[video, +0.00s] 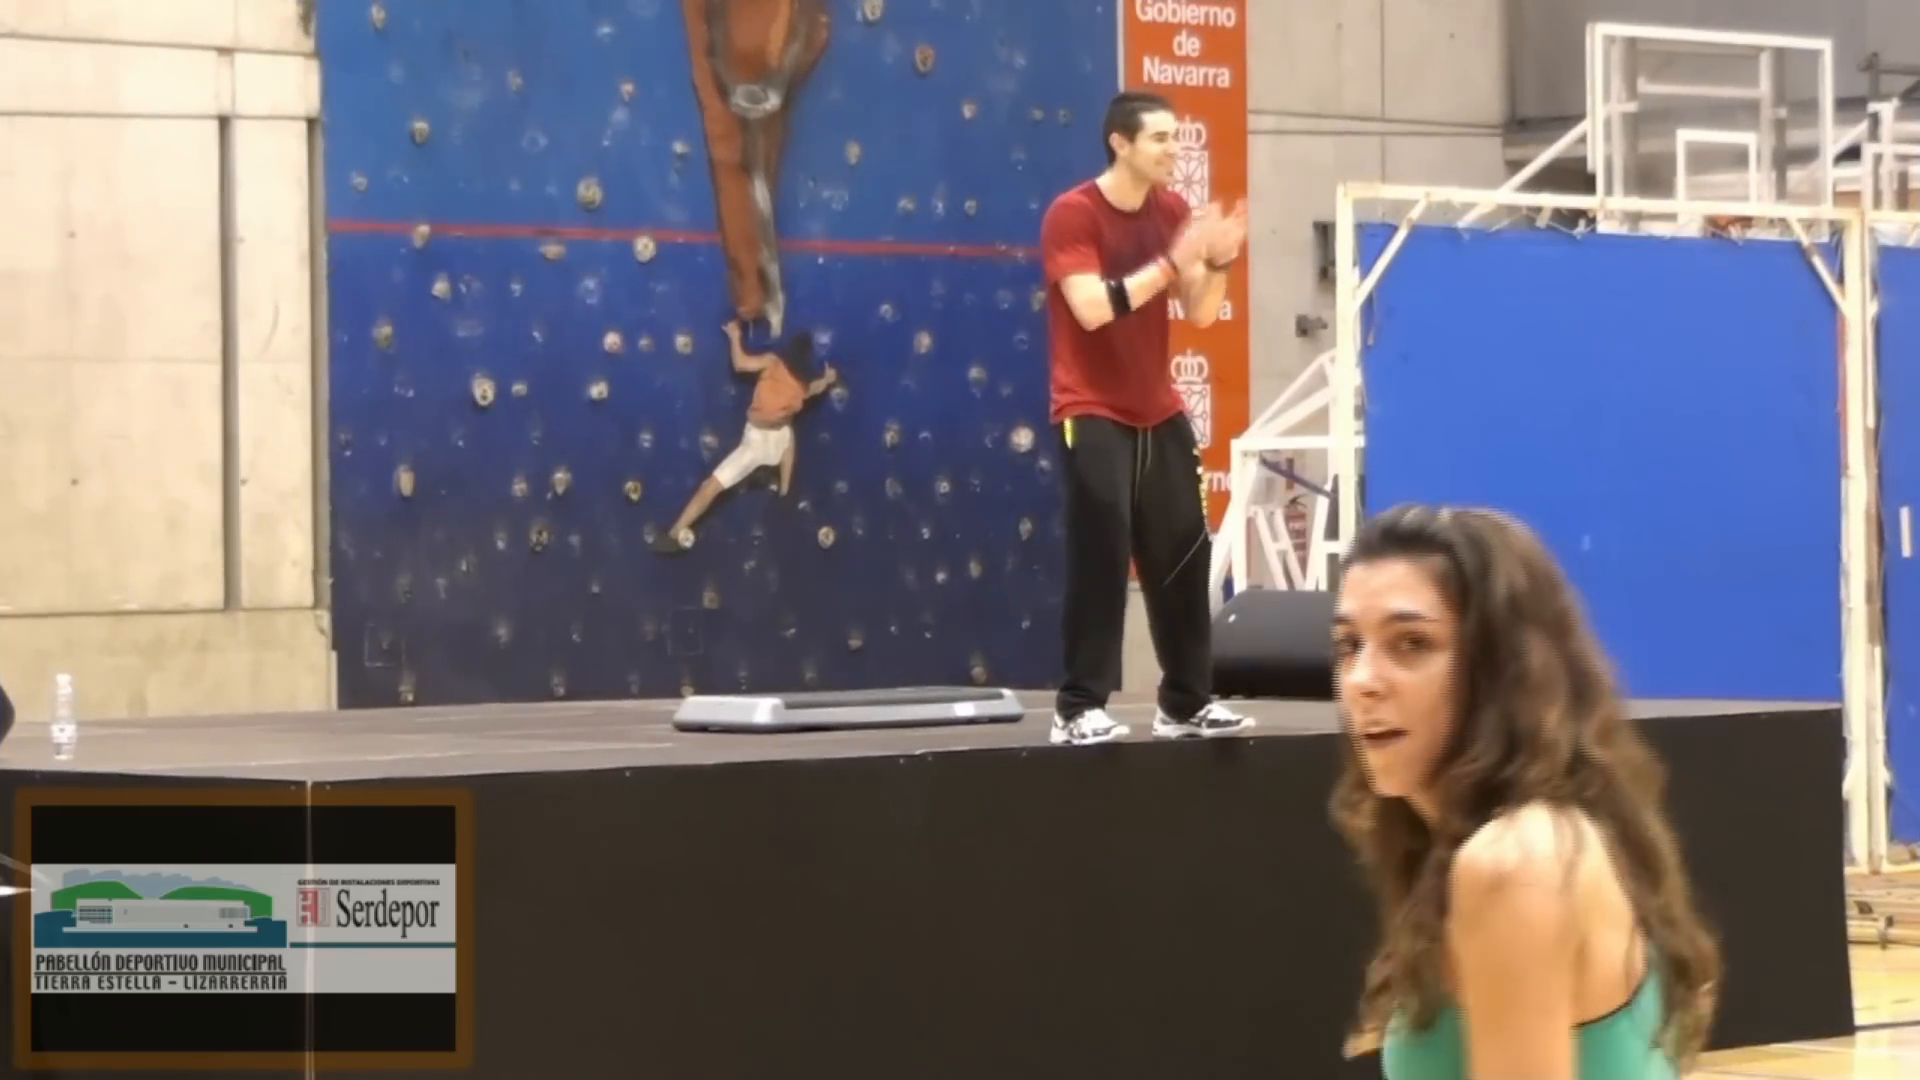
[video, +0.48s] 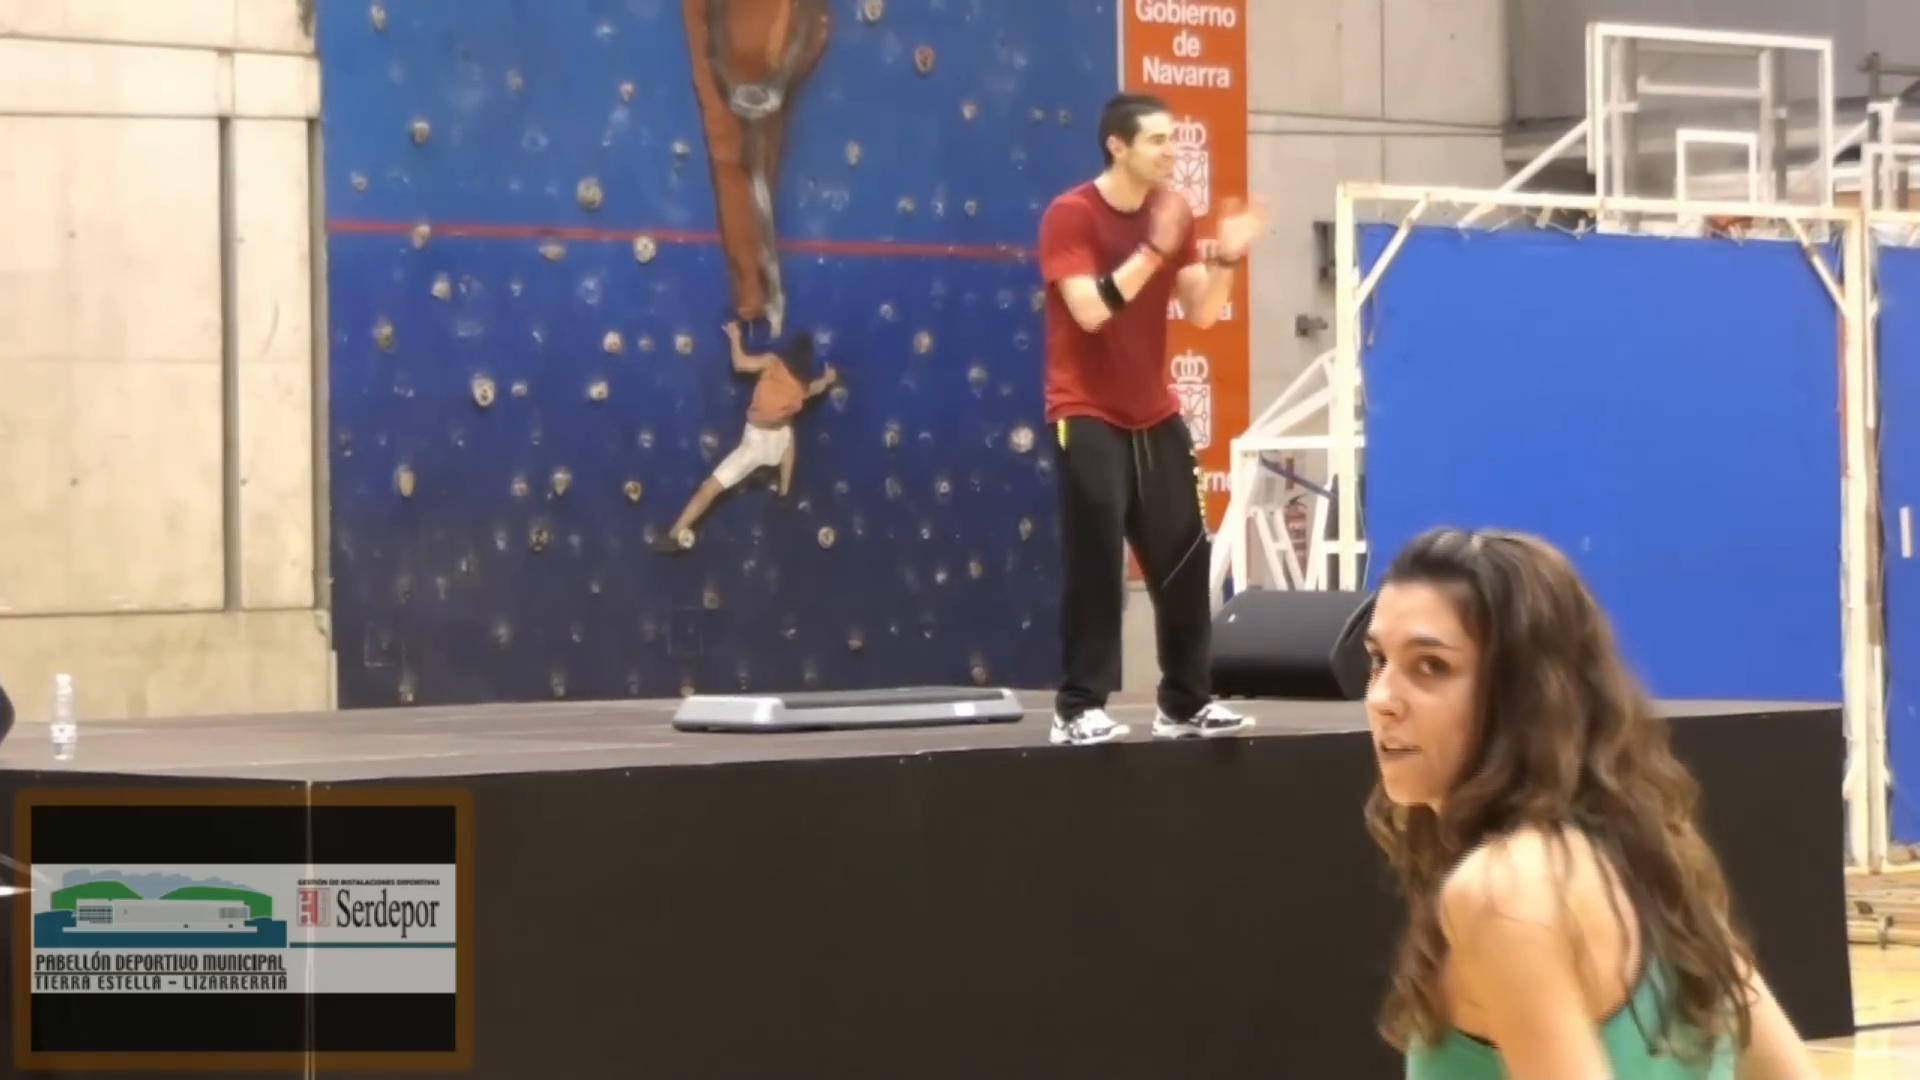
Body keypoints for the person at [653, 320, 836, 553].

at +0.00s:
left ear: (788, 350)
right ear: (808, 359)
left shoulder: (772, 362)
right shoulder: (802, 387)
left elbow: (740, 364)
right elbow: (816, 387)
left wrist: (734, 337)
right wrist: (828, 379)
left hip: (754, 443)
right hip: (779, 441)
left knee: (714, 483)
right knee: (788, 435)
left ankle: (678, 531)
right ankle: (784, 488)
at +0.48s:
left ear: (788, 351)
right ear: (808, 360)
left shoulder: (772, 362)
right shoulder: (802, 387)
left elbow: (740, 364)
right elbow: (816, 387)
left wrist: (734, 337)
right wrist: (828, 379)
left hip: (754, 445)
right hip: (778, 445)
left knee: (712, 485)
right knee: (788, 434)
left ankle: (678, 531)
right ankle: (784, 488)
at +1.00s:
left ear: (788, 350)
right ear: (808, 359)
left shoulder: (772, 361)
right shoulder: (803, 386)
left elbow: (741, 363)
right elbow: (817, 386)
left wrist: (735, 336)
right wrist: (829, 377)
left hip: (755, 441)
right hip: (779, 440)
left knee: (713, 484)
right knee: (789, 433)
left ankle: (677, 531)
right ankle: (784, 486)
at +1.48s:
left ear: (788, 349)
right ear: (808, 358)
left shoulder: (772, 361)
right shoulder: (802, 385)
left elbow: (740, 362)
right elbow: (816, 386)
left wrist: (735, 336)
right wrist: (829, 378)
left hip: (754, 440)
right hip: (779, 438)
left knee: (712, 484)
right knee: (789, 433)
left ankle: (678, 530)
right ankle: (785, 486)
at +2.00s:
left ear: (787, 353)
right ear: (808, 361)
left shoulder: (771, 362)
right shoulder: (802, 387)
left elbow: (740, 364)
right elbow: (816, 387)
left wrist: (735, 337)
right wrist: (828, 379)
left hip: (755, 443)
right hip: (779, 441)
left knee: (711, 486)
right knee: (789, 434)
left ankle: (677, 532)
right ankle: (784, 488)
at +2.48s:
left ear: (788, 351)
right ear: (807, 359)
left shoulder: (772, 362)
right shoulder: (802, 387)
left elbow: (741, 363)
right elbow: (816, 387)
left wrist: (735, 337)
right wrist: (829, 379)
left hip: (754, 442)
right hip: (778, 441)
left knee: (712, 485)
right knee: (788, 434)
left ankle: (676, 532)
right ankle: (784, 488)